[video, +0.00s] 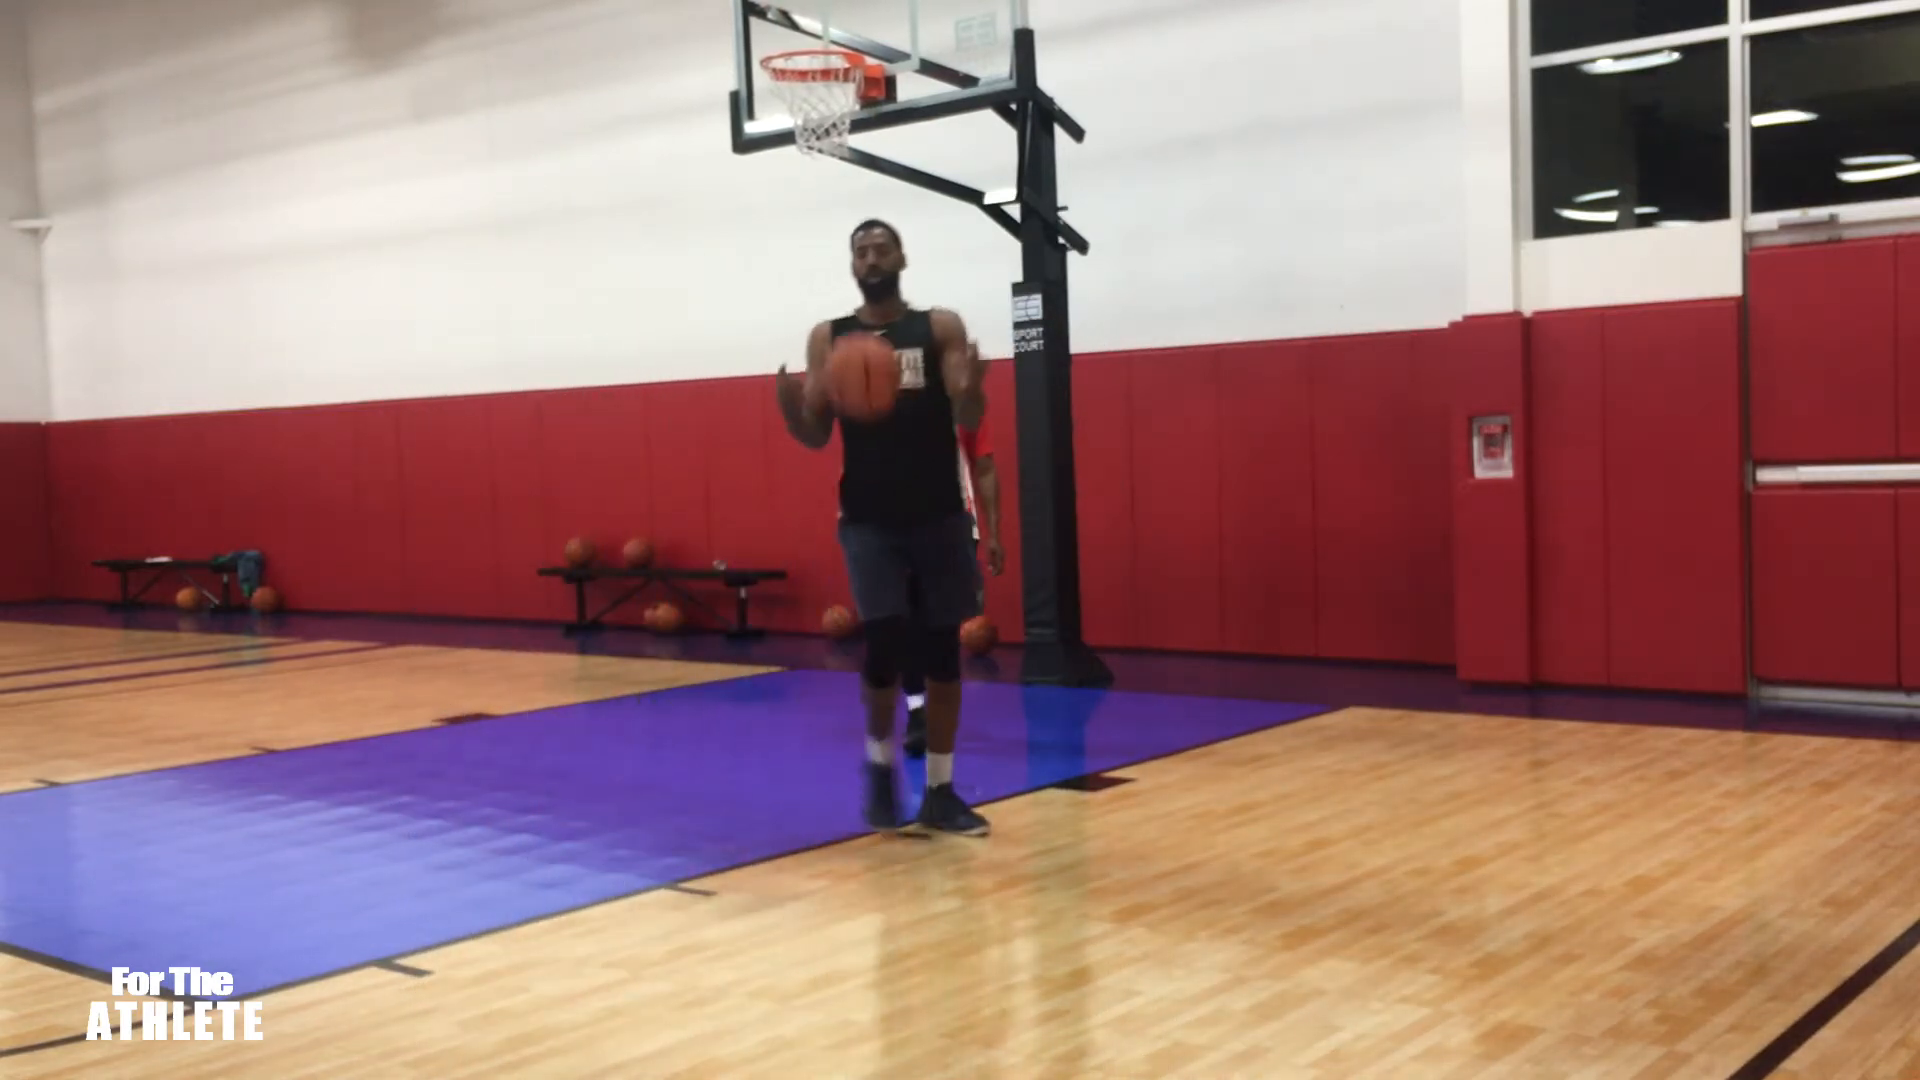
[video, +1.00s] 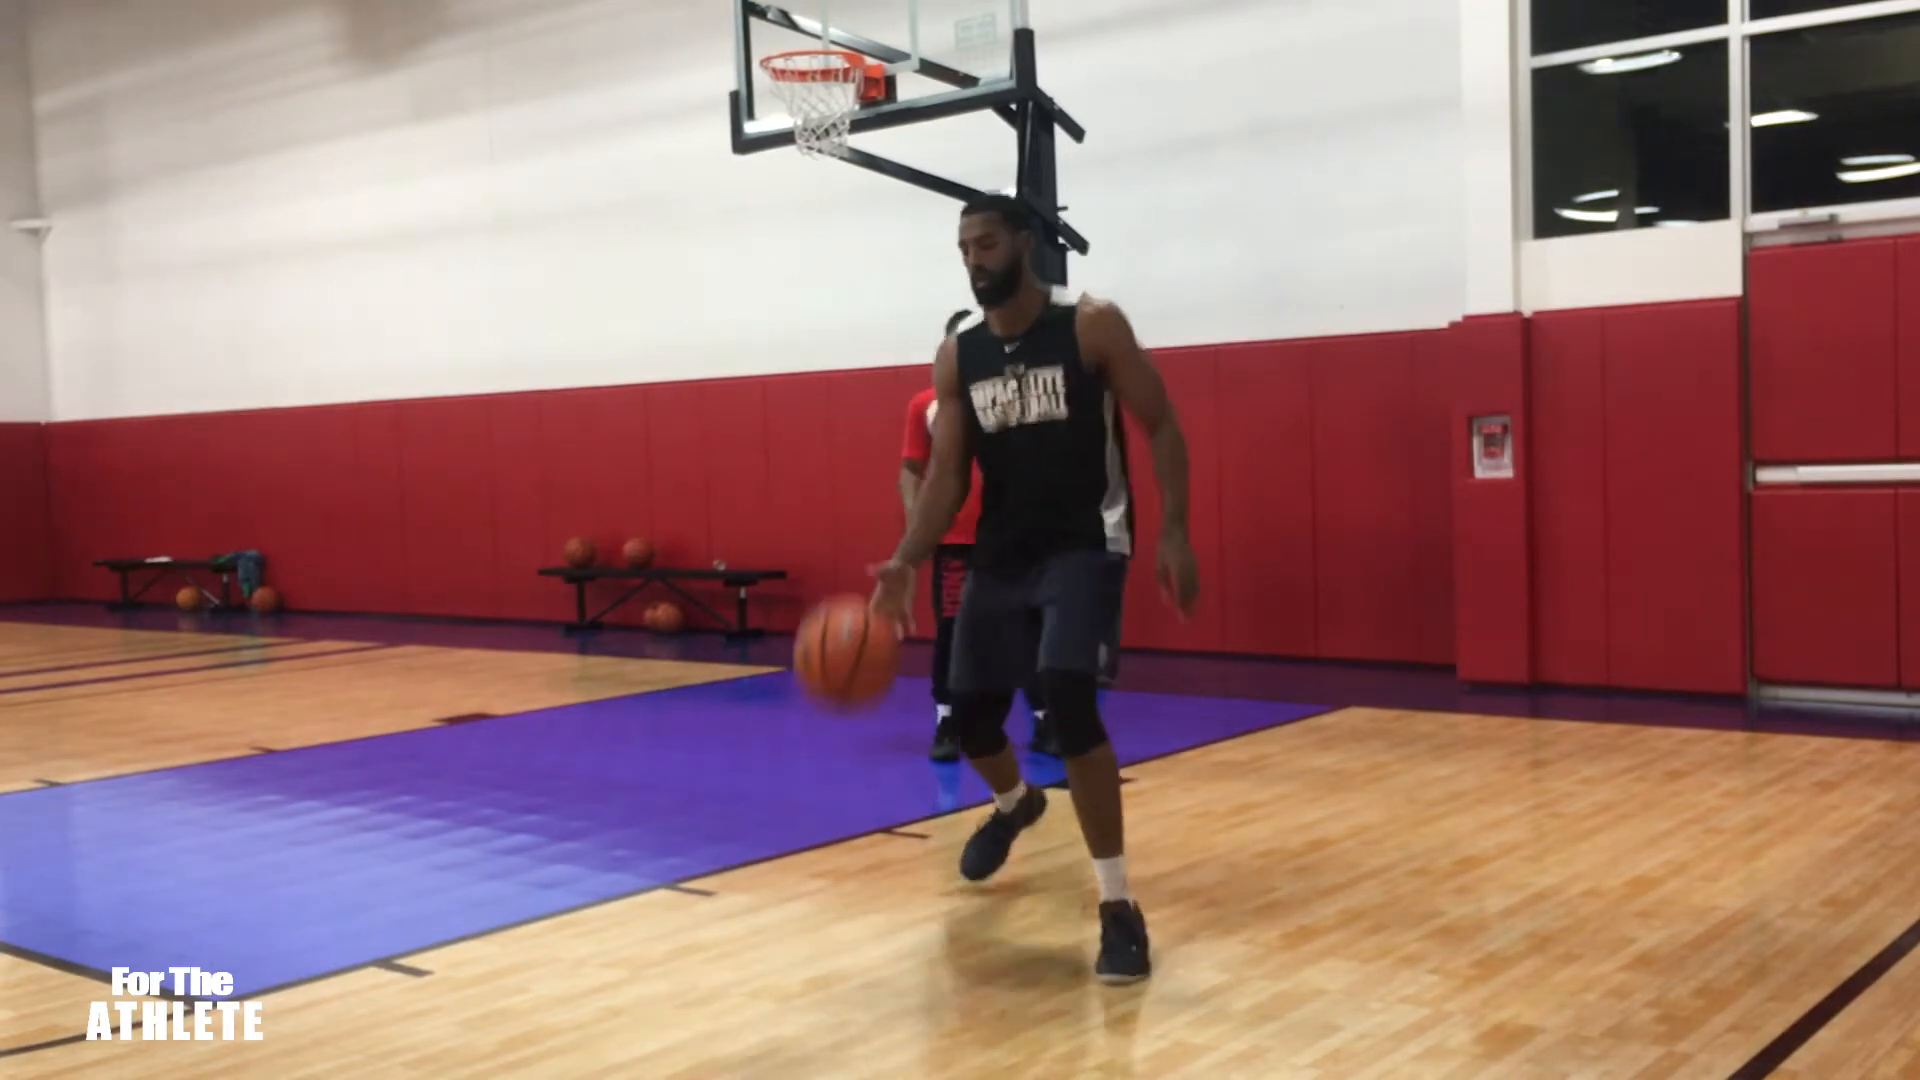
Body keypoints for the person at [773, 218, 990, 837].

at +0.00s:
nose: (872, 257)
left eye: (882, 247)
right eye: (863, 250)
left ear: (903, 258)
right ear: (851, 265)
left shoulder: (941, 327)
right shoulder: (831, 339)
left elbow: (968, 425)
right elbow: (815, 434)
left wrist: (967, 389)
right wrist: (795, 407)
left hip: (939, 515)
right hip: (869, 519)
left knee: (942, 650)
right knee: (885, 643)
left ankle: (939, 789)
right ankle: (880, 770)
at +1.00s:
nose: (974, 260)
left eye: (987, 244)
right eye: (965, 249)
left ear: (1028, 246)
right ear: (963, 260)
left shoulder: (1093, 327)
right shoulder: (959, 353)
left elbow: (1161, 428)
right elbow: (947, 471)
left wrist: (1174, 534)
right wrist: (906, 558)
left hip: (1084, 548)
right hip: (1002, 556)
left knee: (1067, 706)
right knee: (967, 716)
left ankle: (1117, 904)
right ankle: (1016, 801)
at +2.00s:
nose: (948, 251)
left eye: (957, 234)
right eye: (949, 237)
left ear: (1001, 236)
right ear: (996, 241)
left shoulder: (1093, 310)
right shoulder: (985, 338)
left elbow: (1157, 418)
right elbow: (1001, 466)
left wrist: (1045, 363)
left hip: (1109, 559)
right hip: (1026, 558)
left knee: (1105, 730)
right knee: (961, 711)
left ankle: (1193, 946)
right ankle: (986, 902)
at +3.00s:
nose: (1249, 269)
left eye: (1260, 255)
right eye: (1240, 258)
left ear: (1294, 248)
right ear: (1235, 259)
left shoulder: (1351, 299)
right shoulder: (1225, 336)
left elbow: (1399, 357)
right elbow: (1186, 425)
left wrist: (1410, 341)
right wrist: (1192, 513)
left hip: (1340, 508)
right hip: (1264, 515)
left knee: (1352, 652)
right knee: (1280, 657)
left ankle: (1347, 803)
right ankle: (1288, 819)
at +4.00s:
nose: (908, 356)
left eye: (912, 344)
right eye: (909, 346)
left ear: (933, 341)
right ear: (949, 341)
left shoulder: (979, 375)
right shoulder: (952, 402)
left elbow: (894, 439)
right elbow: (879, 474)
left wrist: (791, 465)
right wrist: (794, 496)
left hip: (1056, 541)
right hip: (1082, 542)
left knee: (987, 642)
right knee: (1133, 669)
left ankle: (975, 791)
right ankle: (1261, 752)